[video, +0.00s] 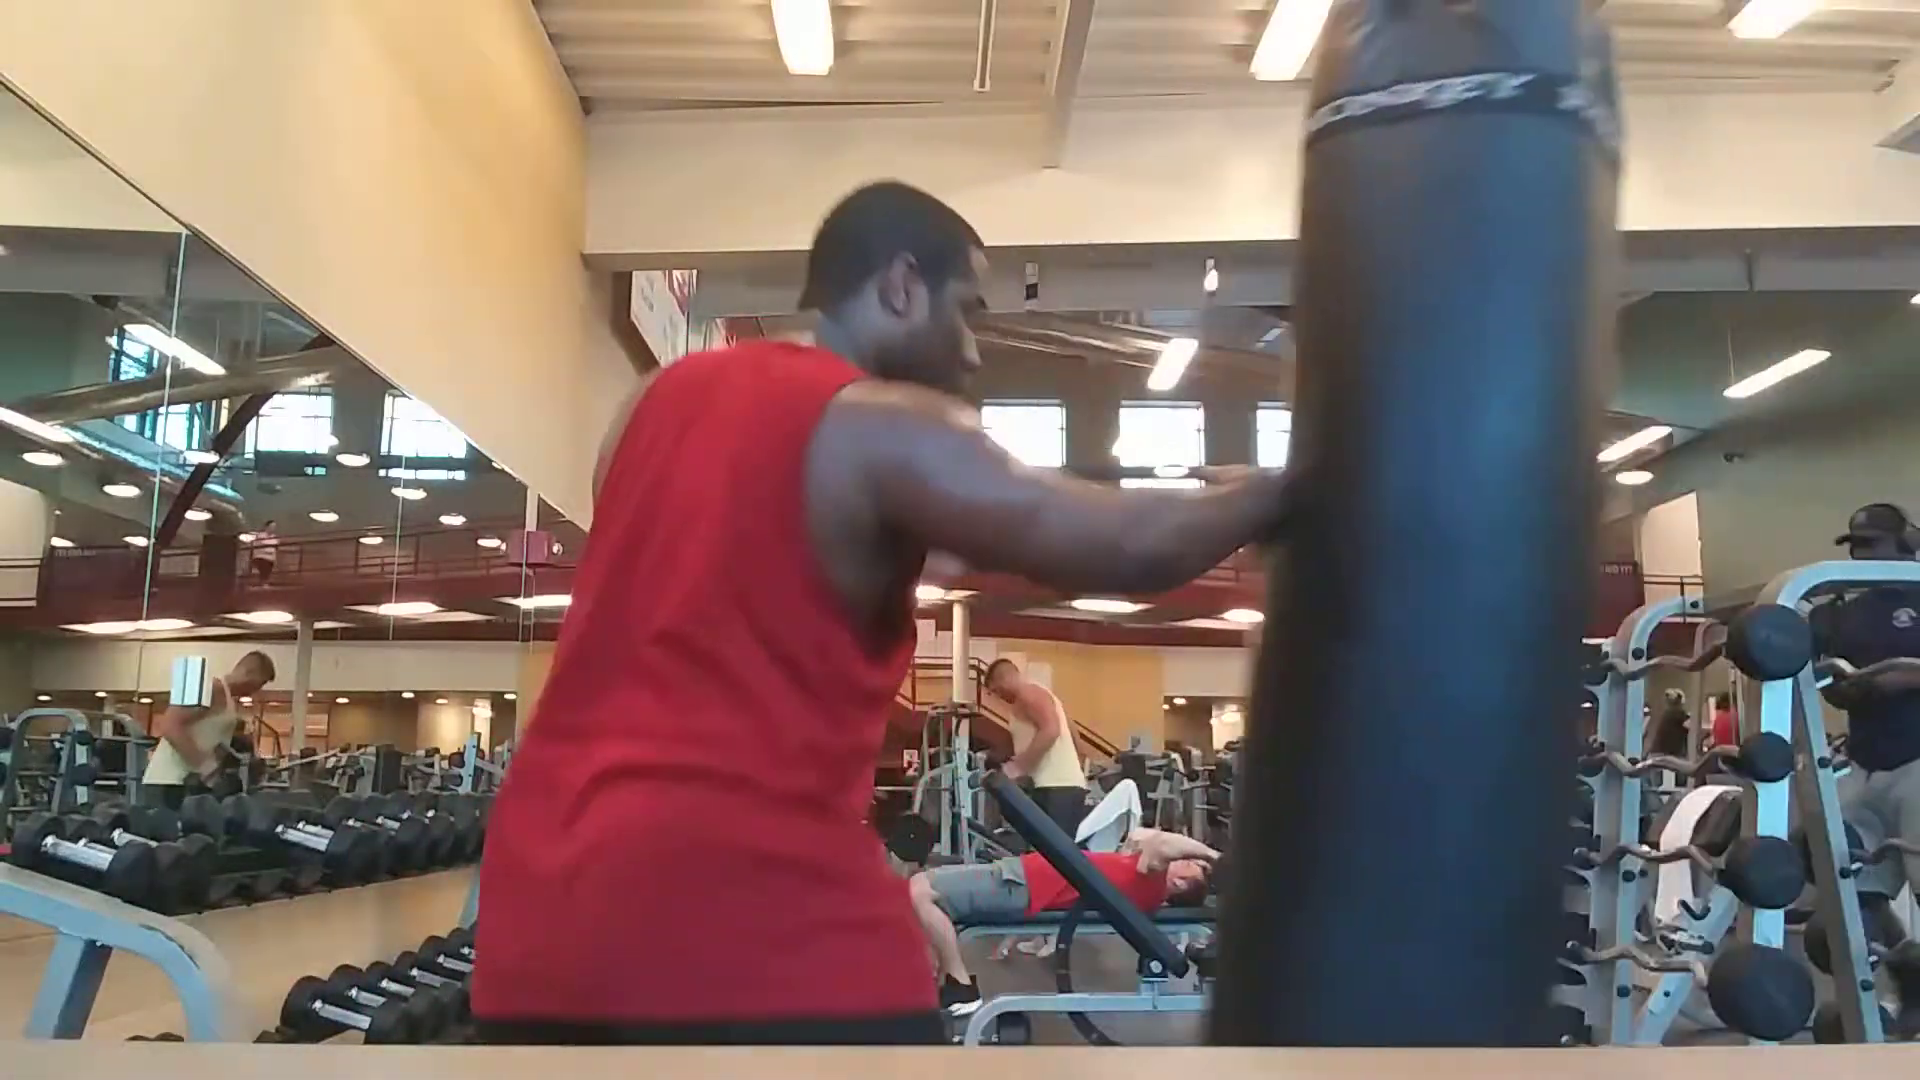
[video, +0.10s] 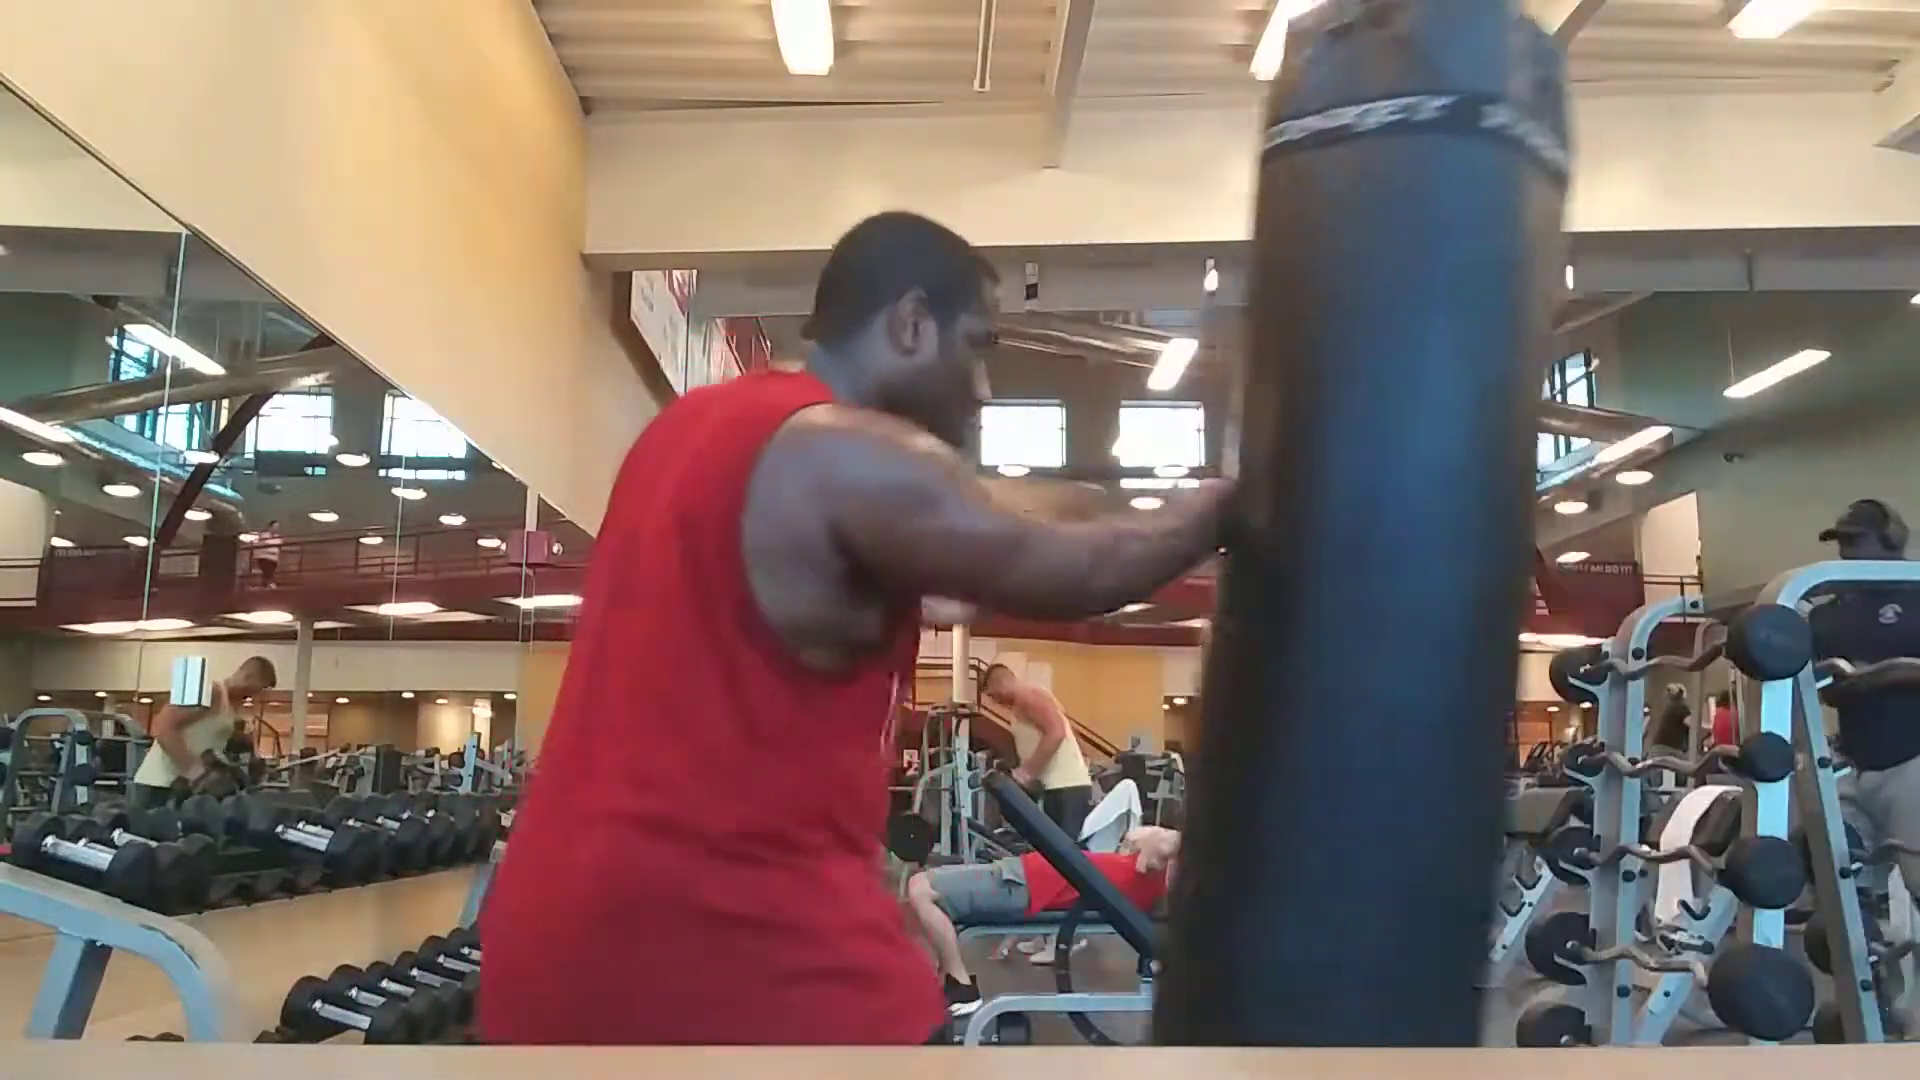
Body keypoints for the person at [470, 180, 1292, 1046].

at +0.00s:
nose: (970, 348)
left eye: (975, 322)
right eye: (967, 315)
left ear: (830, 283)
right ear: (900, 287)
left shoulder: (652, 401)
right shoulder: (877, 424)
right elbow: (1135, 546)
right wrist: (1291, 488)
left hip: (538, 895)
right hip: (751, 894)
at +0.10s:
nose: (984, 381)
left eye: (988, 352)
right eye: (978, 347)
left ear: (878, 325)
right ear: (909, 326)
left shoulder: (690, 424)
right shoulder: (846, 460)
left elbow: (1003, 509)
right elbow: (1082, 574)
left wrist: (1177, 504)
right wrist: (1223, 501)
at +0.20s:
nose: (966, 397)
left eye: (970, 367)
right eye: (961, 360)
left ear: (874, 340)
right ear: (890, 338)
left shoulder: (684, 442)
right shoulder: (832, 466)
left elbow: (873, 622)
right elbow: (1051, 606)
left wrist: (1031, 558)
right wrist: (1166, 549)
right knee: (926, 1059)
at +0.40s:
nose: (879, 380)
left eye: (888, 348)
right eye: (879, 340)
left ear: (732, 314)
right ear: (818, 313)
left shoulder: (604, 429)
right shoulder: (803, 454)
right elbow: (983, 661)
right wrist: (1160, 648)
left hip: (555, 897)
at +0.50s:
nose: (851, 351)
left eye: (856, 325)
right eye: (853, 320)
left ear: (706, 293)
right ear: (805, 294)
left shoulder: (566, 410)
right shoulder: (820, 437)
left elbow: (706, 536)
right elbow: (1001, 630)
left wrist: (906, 515)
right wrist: (1200, 645)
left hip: (547, 900)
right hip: (758, 886)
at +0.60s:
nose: (865, 341)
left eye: (867, 318)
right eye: (864, 313)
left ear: (705, 292)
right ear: (814, 291)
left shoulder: (567, 399)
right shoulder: (836, 424)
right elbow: (1018, 580)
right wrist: (1246, 548)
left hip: (548, 903)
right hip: (768, 890)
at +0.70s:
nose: (884, 343)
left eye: (889, 324)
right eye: (884, 321)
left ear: (740, 293)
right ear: (836, 294)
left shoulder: (592, 403)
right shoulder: (859, 419)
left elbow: (562, 552)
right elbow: (1074, 550)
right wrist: (1224, 483)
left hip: (560, 896)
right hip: (787, 890)